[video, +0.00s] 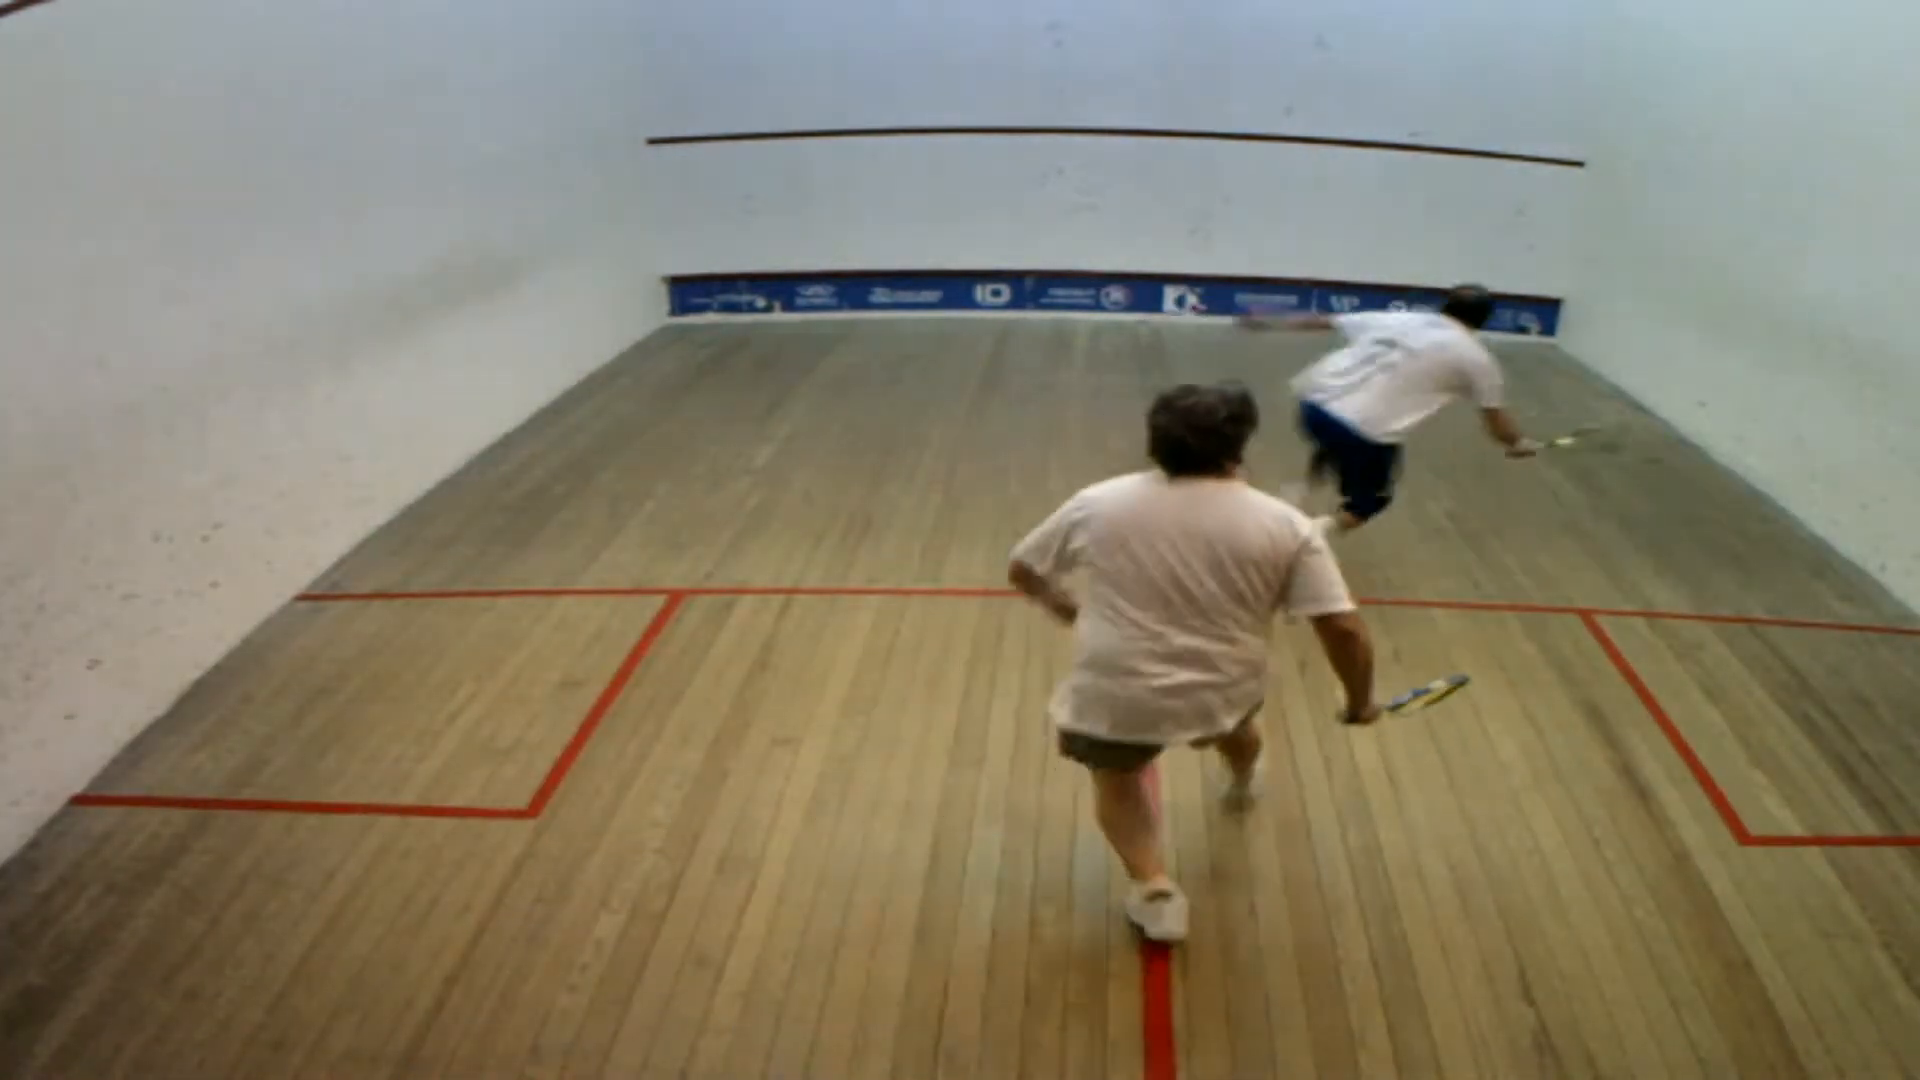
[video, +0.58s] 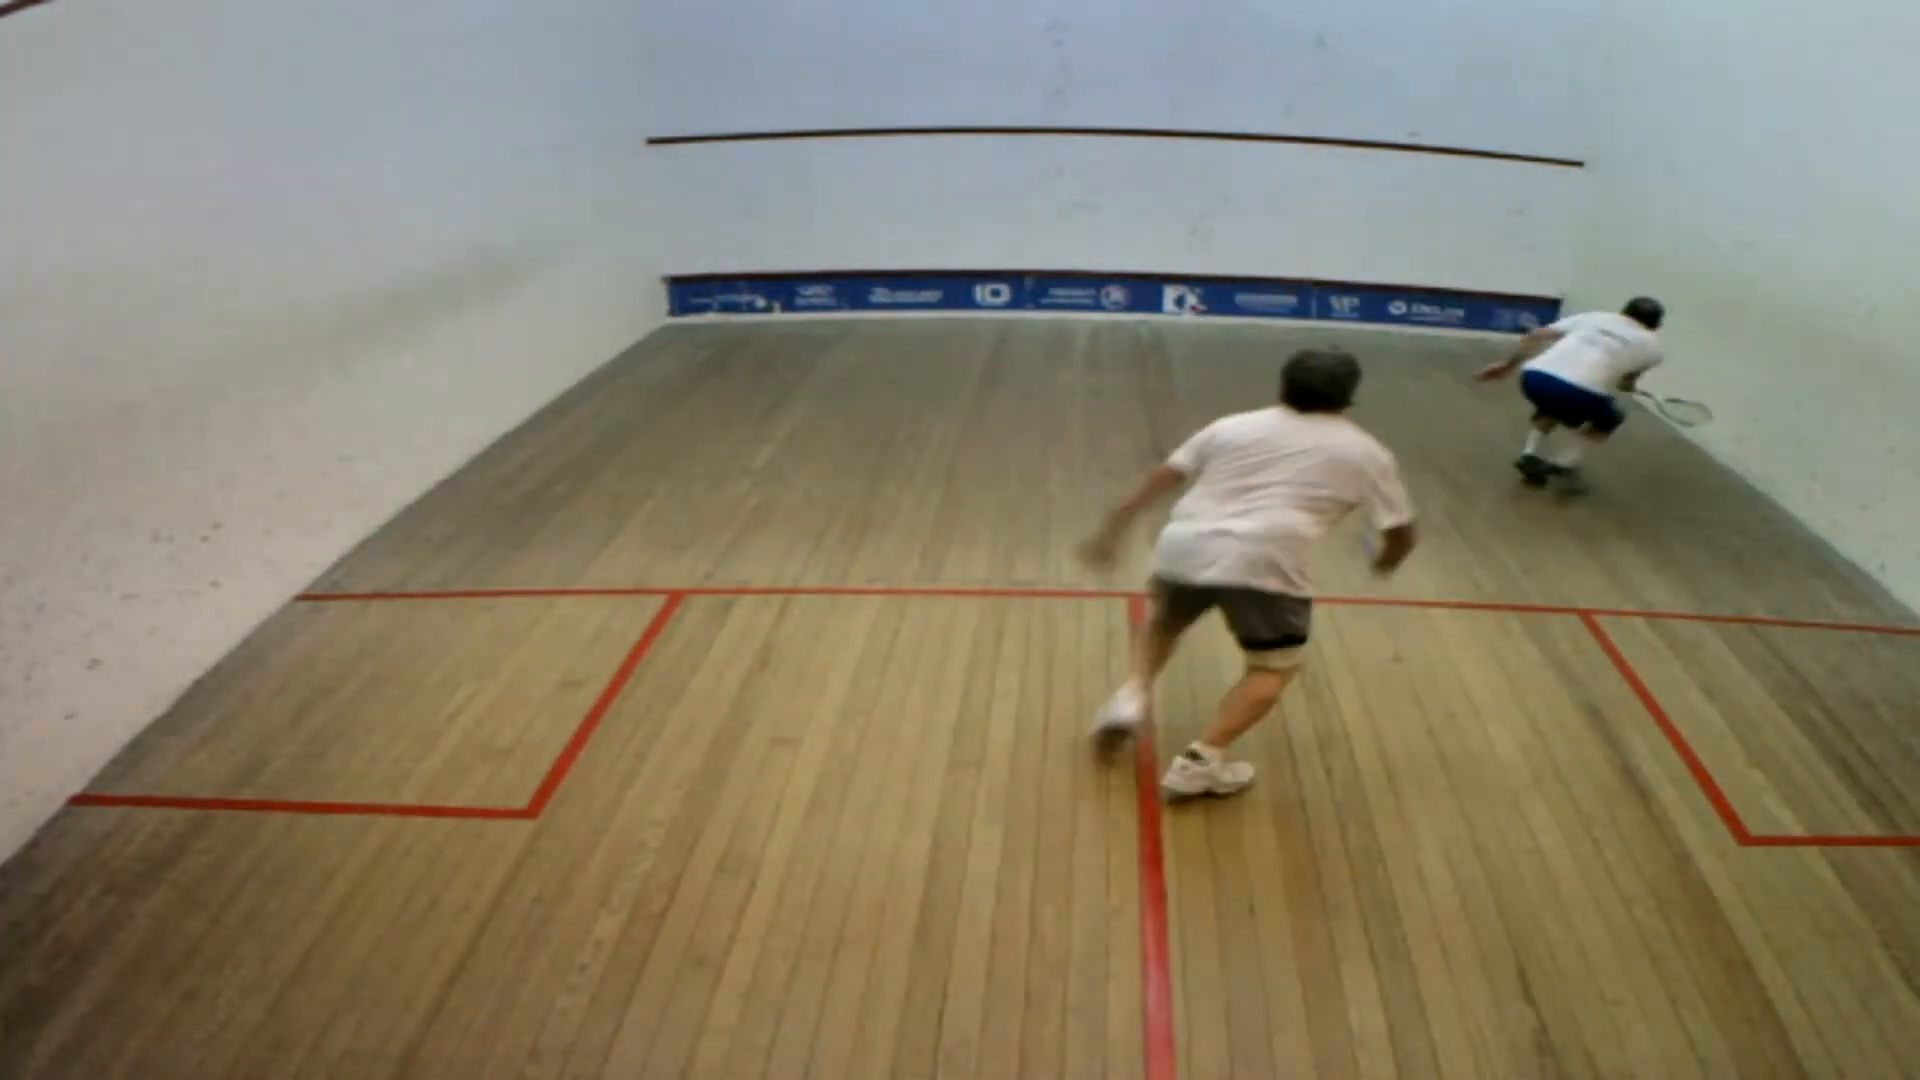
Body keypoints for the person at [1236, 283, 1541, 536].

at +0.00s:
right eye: (1480, 319)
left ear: (1446, 305)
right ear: (1480, 323)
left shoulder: (1403, 318)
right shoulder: (1474, 359)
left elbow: (1327, 322)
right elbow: (1496, 423)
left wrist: (1268, 323)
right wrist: (1517, 444)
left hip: (1314, 406)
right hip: (1361, 434)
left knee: (1330, 452)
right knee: (1370, 501)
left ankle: (1300, 494)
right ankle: (1312, 533)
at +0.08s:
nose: (1521, 313)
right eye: (1523, 307)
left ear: (1486, 292)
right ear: (1519, 307)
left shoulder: (1439, 305)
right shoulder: (1515, 341)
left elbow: (1366, 302)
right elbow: (1537, 402)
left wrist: (1303, 293)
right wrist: (1555, 428)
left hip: (1370, 397)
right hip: (1411, 423)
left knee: (1424, 431)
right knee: (1396, 494)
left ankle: (1402, 497)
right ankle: (1320, 531)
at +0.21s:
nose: (1566, 312)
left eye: (1562, 304)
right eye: (1565, 306)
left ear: (1529, 294)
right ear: (1561, 307)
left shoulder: (1487, 307)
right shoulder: (1560, 337)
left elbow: (1425, 306)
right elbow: (1581, 393)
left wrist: (1365, 308)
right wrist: (1595, 419)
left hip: (1437, 397)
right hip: (1472, 412)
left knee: (1489, 424)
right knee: (1431, 478)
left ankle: (1510, 466)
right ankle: (1355, 521)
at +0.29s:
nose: (1584, 321)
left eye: (1580, 313)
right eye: (1585, 315)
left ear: (1549, 301)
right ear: (1579, 315)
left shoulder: (1508, 318)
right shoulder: (1580, 345)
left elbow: (1447, 326)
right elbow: (1598, 395)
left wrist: (1395, 331)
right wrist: (1614, 421)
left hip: (1462, 402)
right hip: (1500, 417)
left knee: (1520, 427)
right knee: (1454, 484)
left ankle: (1530, 472)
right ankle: (1379, 512)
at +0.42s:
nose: (1624, 340)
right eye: (1625, 336)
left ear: (1592, 320)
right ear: (1621, 335)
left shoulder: (1562, 329)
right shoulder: (1619, 355)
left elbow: (1506, 351)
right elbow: (1622, 403)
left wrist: (1458, 380)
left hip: (1498, 387)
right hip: (1535, 405)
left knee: (1518, 435)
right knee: (1530, 470)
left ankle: (1533, 473)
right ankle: (1470, 477)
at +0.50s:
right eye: (1643, 332)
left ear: (1613, 316)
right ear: (1641, 331)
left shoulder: (1582, 323)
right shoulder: (1639, 353)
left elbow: (1529, 344)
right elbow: (1619, 387)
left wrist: (1486, 372)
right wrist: (1626, 390)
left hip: (1520, 378)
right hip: (1561, 396)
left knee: (1541, 428)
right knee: (1582, 438)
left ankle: (1530, 465)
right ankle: (1524, 458)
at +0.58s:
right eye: (1656, 327)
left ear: (1625, 310)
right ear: (1653, 327)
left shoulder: (1594, 317)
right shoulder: (1652, 349)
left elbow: (1536, 335)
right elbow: (1626, 382)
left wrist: (1508, 363)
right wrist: (1629, 383)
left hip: (1536, 376)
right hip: (1580, 394)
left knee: (1552, 406)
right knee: (1611, 418)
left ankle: (1529, 452)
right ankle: (1565, 459)